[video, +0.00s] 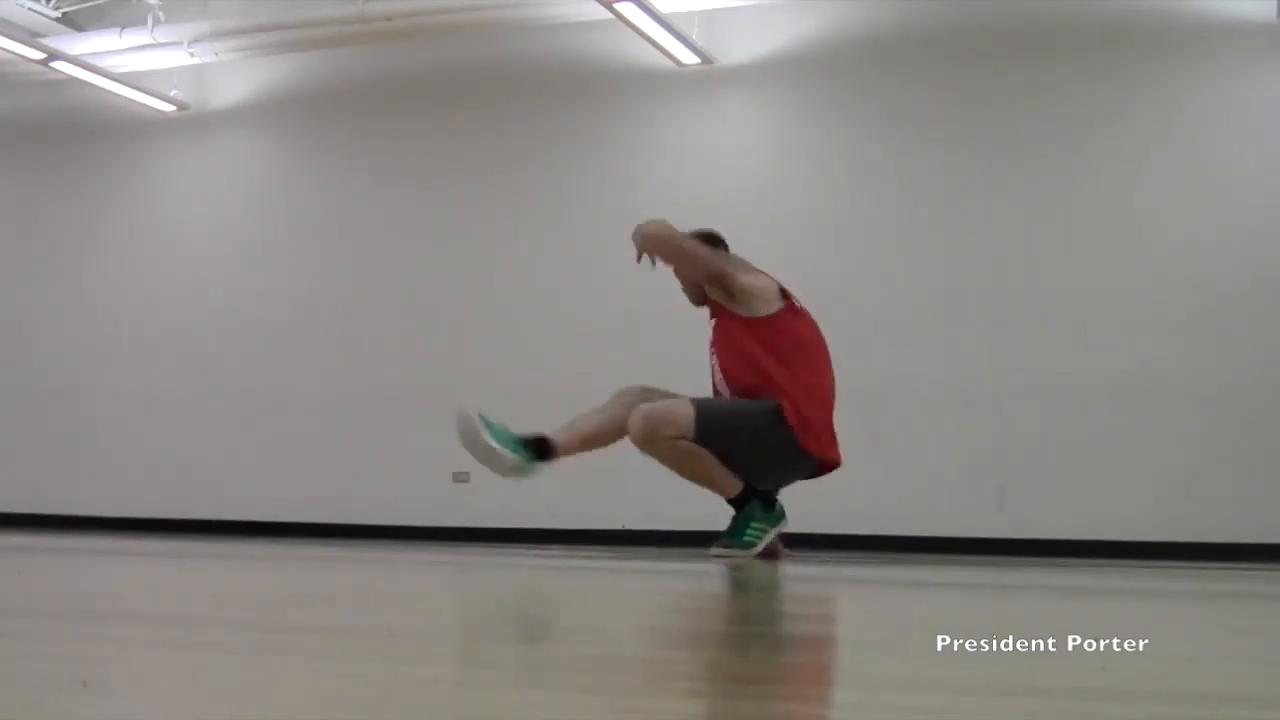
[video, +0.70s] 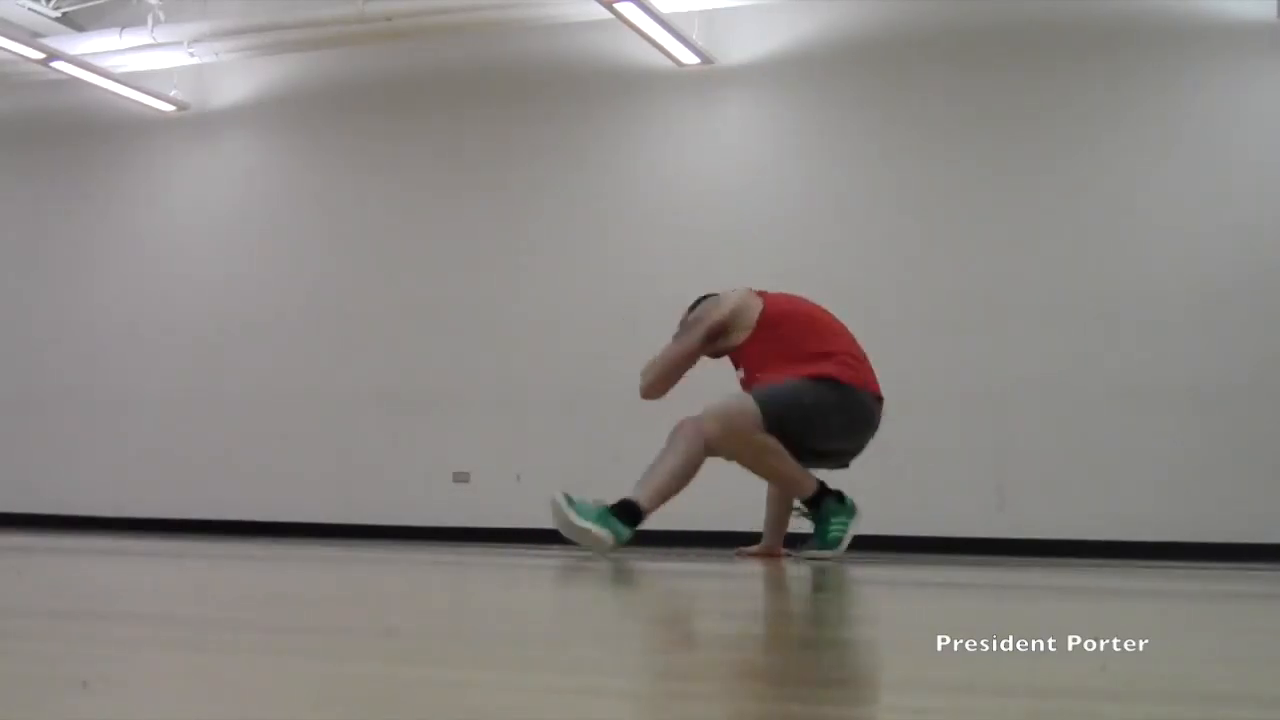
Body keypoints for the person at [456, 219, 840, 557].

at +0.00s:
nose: (681, 287)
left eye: (681, 276)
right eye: (677, 278)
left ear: (702, 264)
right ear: (705, 267)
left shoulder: (747, 287)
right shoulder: (729, 316)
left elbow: (659, 233)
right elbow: (735, 404)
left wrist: (643, 238)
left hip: (789, 435)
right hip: (763, 434)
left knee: (649, 425)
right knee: (635, 401)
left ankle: (754, 506)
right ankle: (535, 450)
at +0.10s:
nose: (706, 314)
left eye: (707, 302)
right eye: (701, 315)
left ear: (721, 286)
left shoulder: (744, 277)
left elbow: (685, 217)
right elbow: (775, 442)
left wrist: (651, 272)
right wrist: (769, 533)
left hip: (776, 387)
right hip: (796, 434)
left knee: (636, 410)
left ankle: (758, 504)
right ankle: (639, 460)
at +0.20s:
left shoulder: (761, 276)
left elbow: (706, 209)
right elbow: (781, 466)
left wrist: (658, 268)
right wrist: (772, 542)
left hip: (751, 332)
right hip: (796, 384)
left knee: (629, 425)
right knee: (718, 470)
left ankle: (730, 427)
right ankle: (690, 488)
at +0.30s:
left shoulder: (757, 286)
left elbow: (696, 233)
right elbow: (789, 451)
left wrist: (652, 292)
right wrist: (775, 539)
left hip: (734, 335)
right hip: (795, 358)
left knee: (697, 466)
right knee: (753, 512)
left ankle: (654, 374)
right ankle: (673, 487)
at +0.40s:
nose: (721, 332)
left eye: (721, 323)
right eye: (720, 329)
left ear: (736, 306)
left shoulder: (748, 293)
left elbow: (660, 273)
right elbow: (793, 453)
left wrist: (637, 339)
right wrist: (775, 541)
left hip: (750, 344)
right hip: (808, 362)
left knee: (726, 479)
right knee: (763, 512)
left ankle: (650, 411)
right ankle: (664, 491)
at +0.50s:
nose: (721, 347)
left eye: (719, 340)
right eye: (719, 345)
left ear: (728, 320)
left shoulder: (740, 301)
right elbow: (789, 460)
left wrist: (651, 377)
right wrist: (774, 542)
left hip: (778, 344)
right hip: (836, 382)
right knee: (737, 488)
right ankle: (684, 489)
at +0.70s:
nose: (692, 345)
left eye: (691, 332)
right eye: (689, 338)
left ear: (708, 312)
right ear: (712, 326)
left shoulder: (734, 302)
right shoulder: (763, 355)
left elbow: (650, 388)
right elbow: (778, 457)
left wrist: (683, 336)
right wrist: (771, 545)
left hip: (842, 400)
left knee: (722, 424)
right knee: (691, 432)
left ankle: (827, 505)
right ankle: (620, 519)